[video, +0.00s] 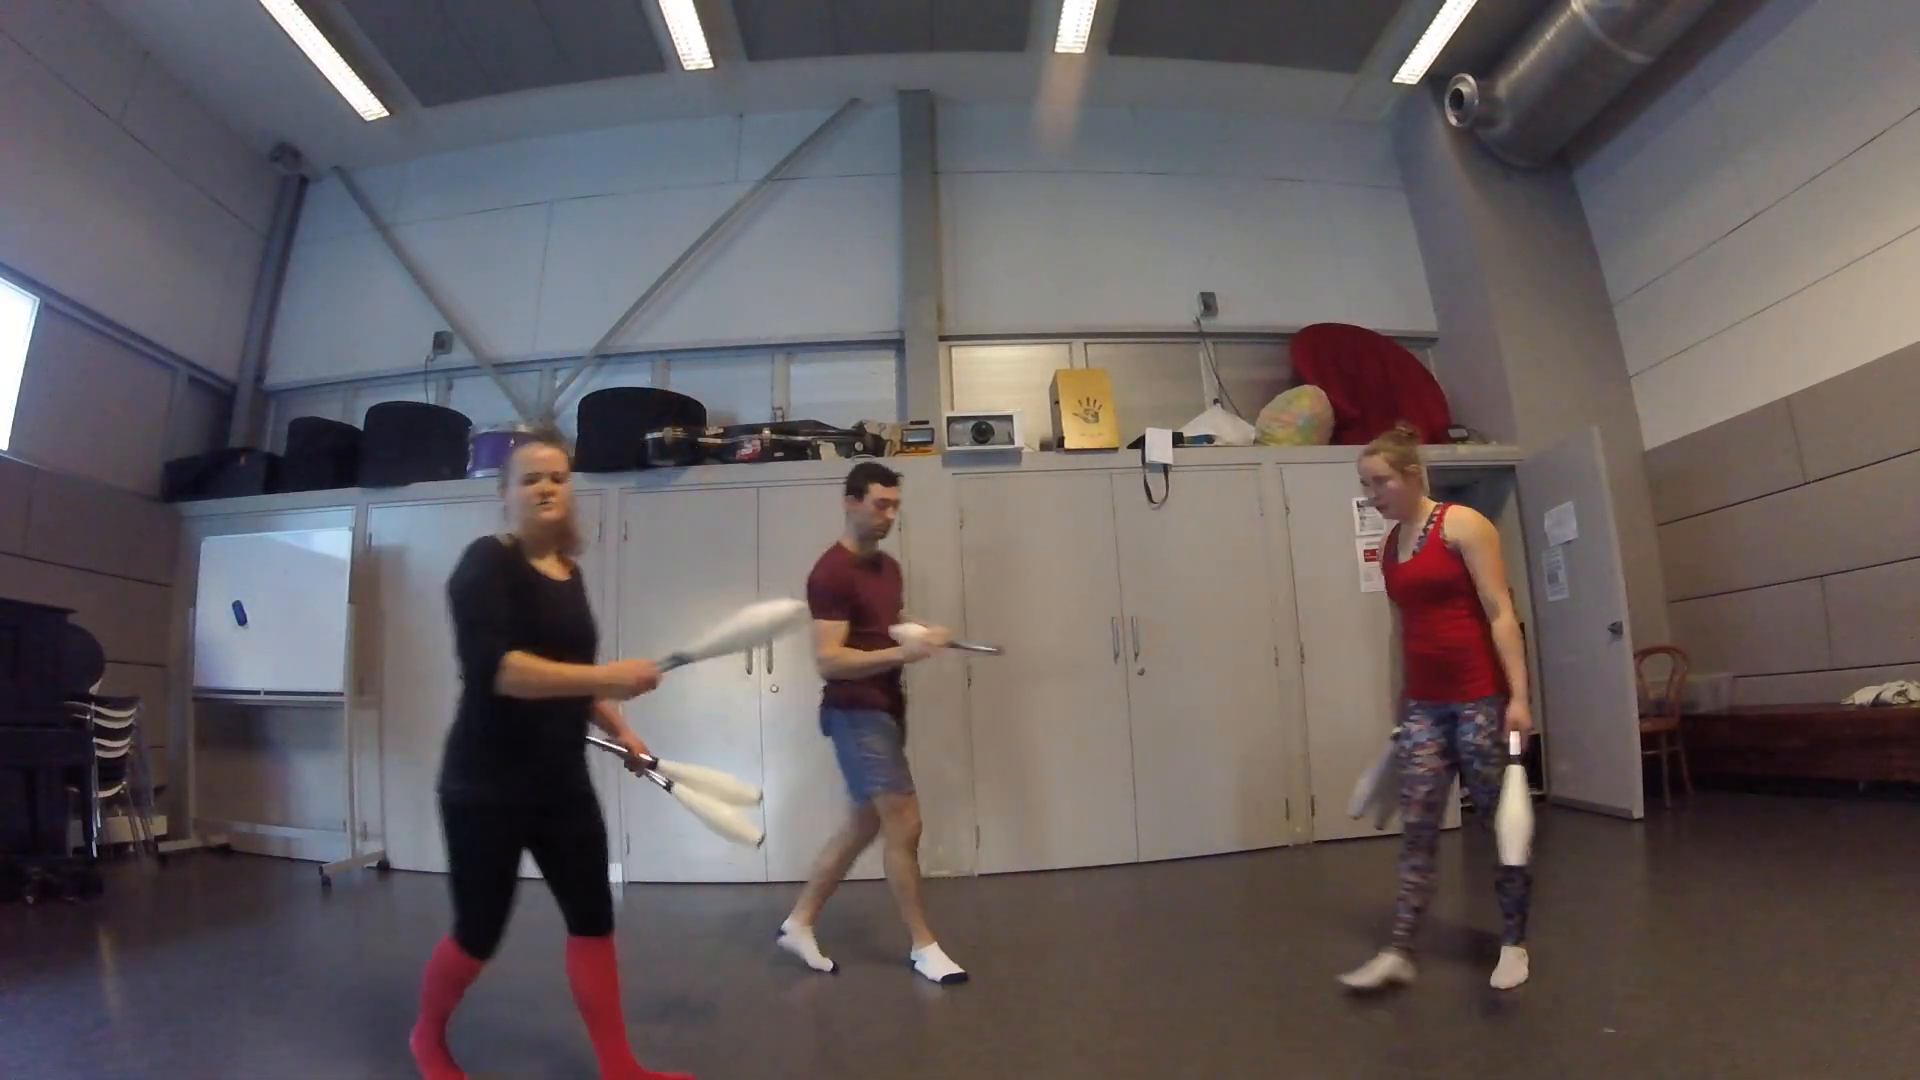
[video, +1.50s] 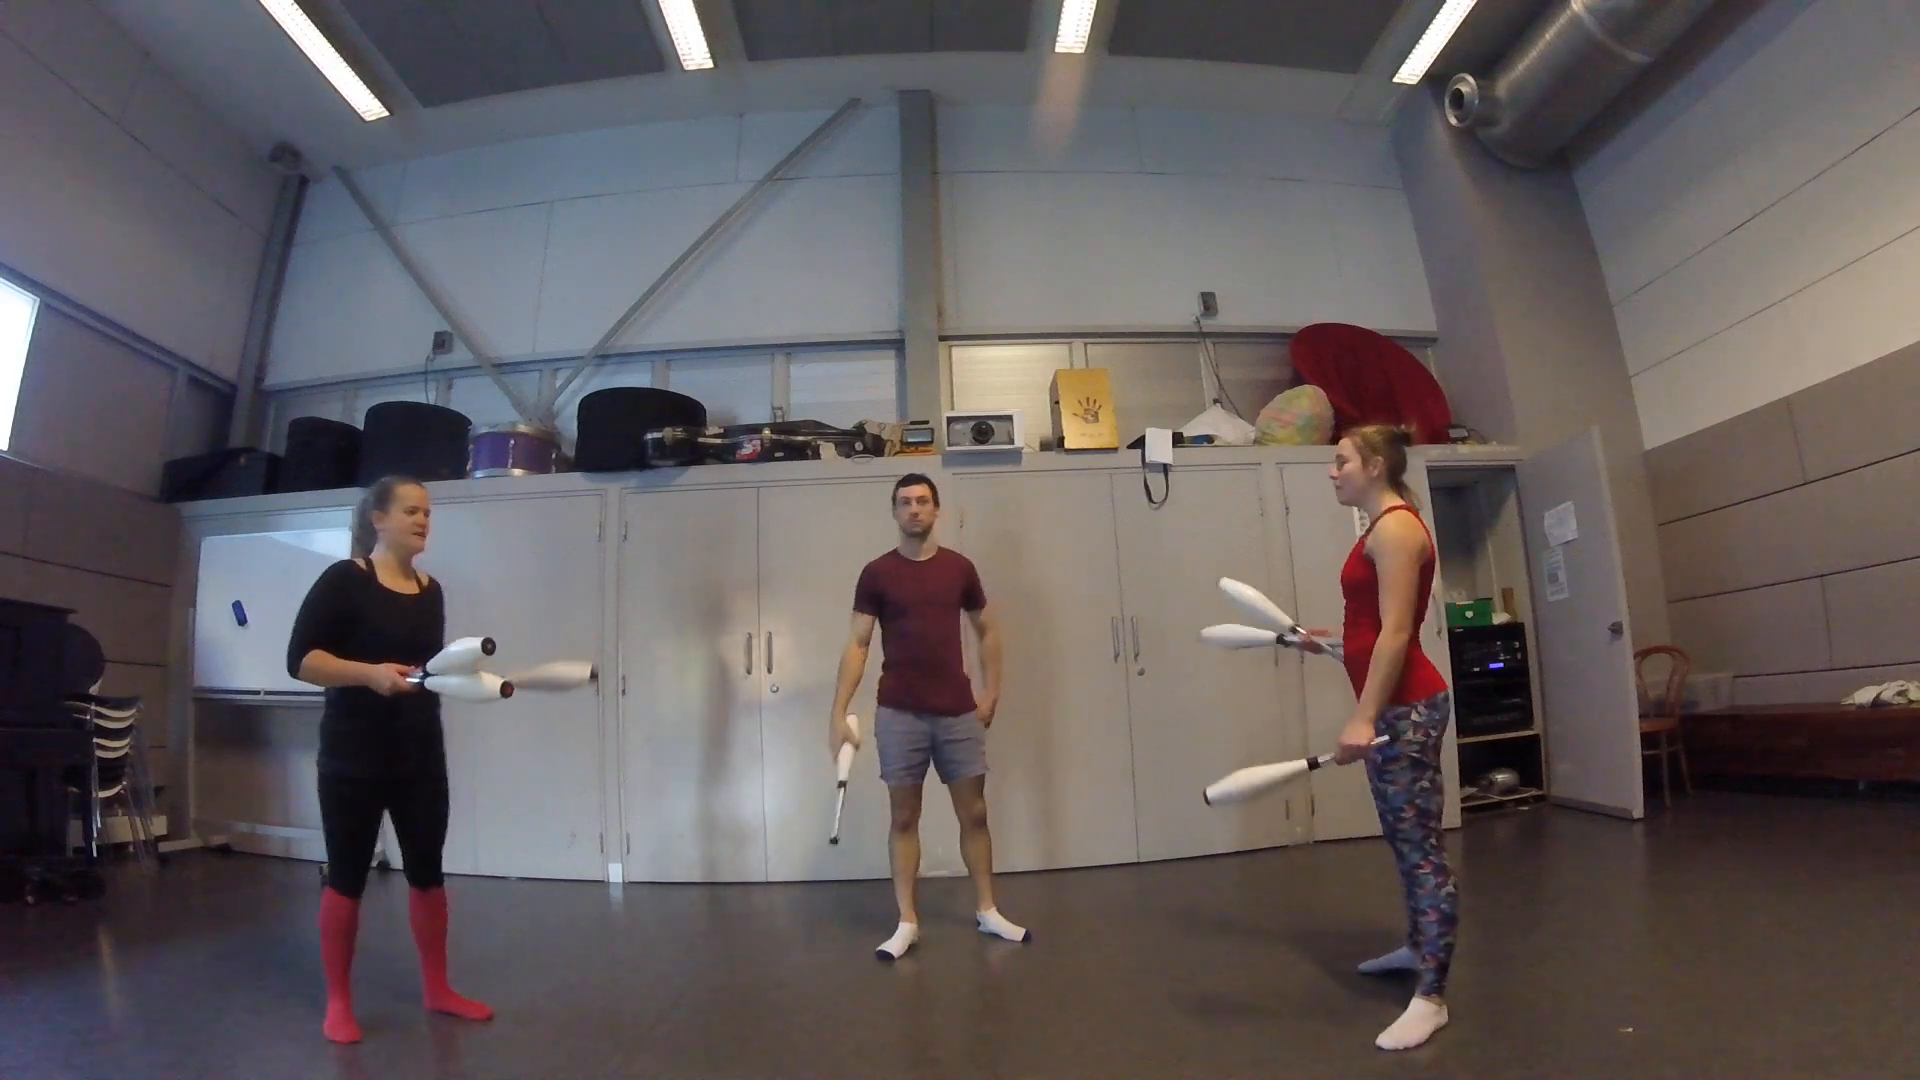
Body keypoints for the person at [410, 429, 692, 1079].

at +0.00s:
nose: (547, 489)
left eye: (557, 477)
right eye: (531, 480)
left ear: (571, 488)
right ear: (508, 494)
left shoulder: (567, 572)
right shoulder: (486, 564)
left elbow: (568, 671)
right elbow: (500, 672)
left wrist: (616, 728)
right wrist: (605, 678)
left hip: (559, 773)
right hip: (486, 777)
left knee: (592, 919)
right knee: (478, 931)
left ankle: (618, 1065)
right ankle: (426, 1040)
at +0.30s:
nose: (479, 492)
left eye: (490, 482)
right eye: (465, 482)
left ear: (505, 496)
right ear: (443, 495)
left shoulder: (513, 576)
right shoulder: (410, 565)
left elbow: (513, 663)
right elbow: (402, 669)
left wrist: (548, 690)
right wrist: (495, 697)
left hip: (493, 762)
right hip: (416, 766)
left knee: (541, 902)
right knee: (428, 913)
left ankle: (550, 1048)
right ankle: (433, 1052)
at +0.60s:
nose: (436, 503)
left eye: (448, 493)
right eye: (425, 494)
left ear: (473, 505)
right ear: (411, 506)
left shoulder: (495, 582)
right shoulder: (388, 571)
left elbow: (511, 668)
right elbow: (376, 669)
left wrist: (511, 673)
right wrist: (457, 672)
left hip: (477, 754)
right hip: (404, 757)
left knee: (481, 891)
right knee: (425, 904)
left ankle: (453, 972)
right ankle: (430, 1047)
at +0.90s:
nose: (437, 522)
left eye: (449, 513)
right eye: (428, 513)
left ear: (473, 523)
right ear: (416, 522)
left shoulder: (489, 593)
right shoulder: (387, 585)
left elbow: (499, 673)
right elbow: (348, 666)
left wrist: (516, 677)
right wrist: (406, 673)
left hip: (471, 761)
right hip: (404, 763)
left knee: (454, 883)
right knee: (415, 892)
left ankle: (439, 987)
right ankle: (420, 1031)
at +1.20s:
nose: (452, 525)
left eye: (456, 516)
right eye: (440, 515)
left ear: (459, 525)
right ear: (408, 522)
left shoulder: (466, 592)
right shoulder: (371, 583)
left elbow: (475, 663)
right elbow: (330, 662)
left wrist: (500, 668)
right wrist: (391, 673)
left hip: (455, 757)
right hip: (388, 758)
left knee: (445, 878)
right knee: (391, 884)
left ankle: (440, 991)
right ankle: (345, 992)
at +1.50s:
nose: (425, 522)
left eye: (427, 513)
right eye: (413, 512)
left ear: (424, 522)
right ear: (378, 518)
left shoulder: (429, 589)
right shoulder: (342, 580)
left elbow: (434, 667)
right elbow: (301, 660)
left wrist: (478, 681)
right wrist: (368, 673)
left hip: (419, 752)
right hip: (352, 753)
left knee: (427, 872)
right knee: (346, 877)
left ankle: (438, 990)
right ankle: (338, 1001)